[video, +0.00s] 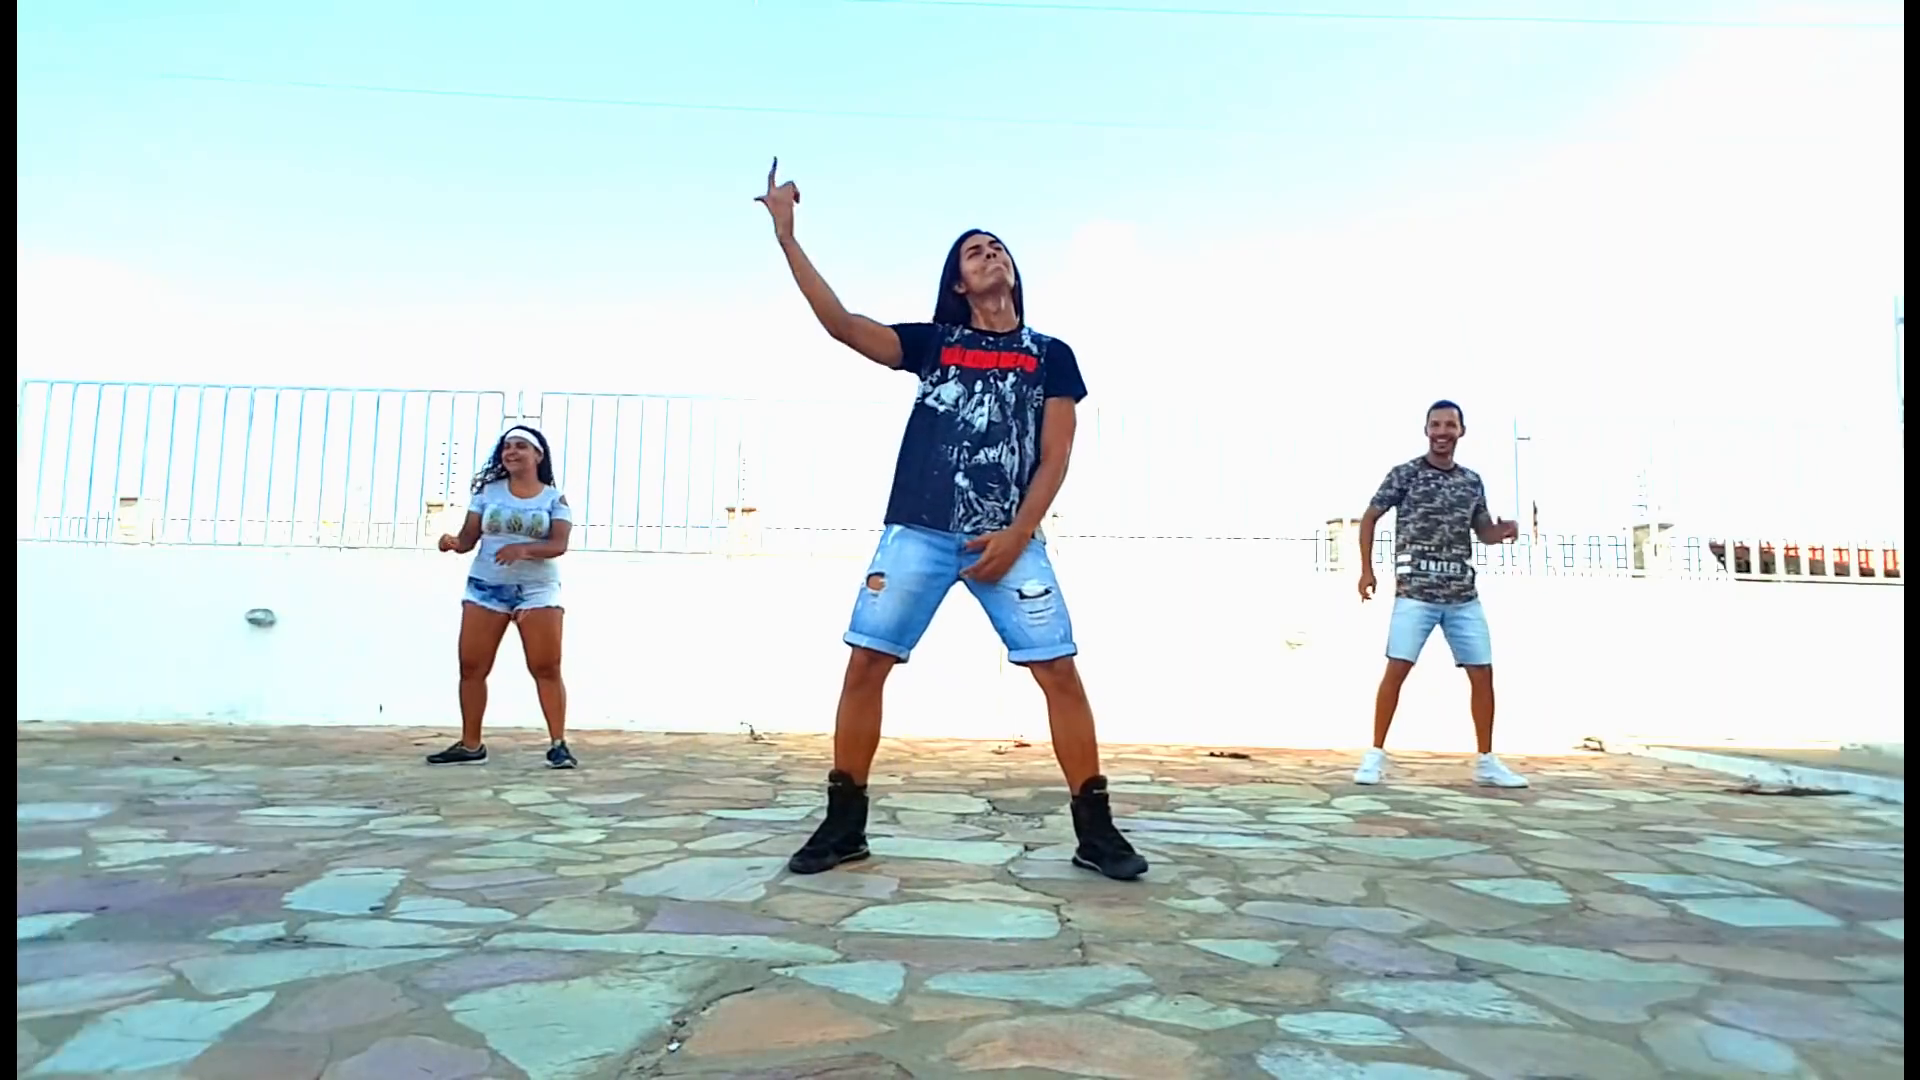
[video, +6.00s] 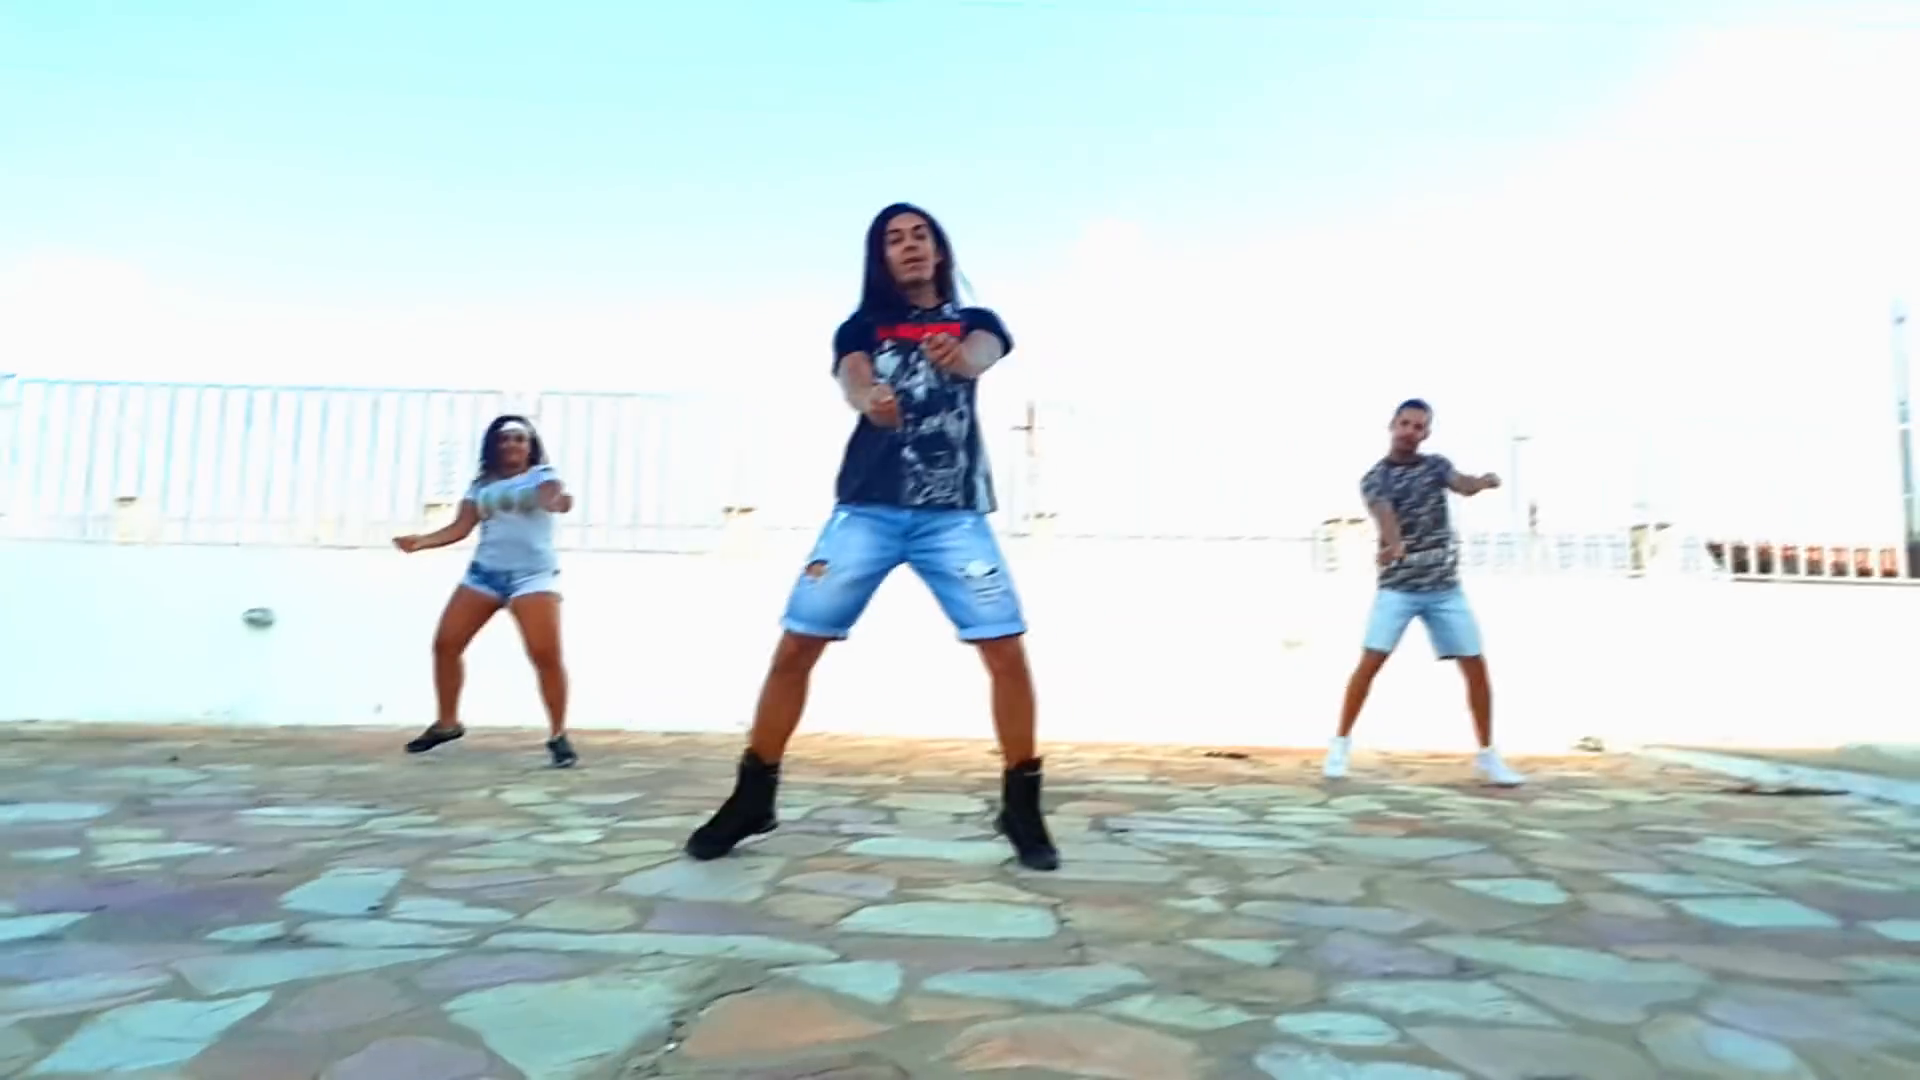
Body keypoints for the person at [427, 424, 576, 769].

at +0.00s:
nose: (511, 451)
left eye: (520, 446)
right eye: (507, 447)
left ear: (538, 456)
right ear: (500, 456)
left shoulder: (554, 499)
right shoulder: (487, 493)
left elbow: (558, 545)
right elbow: (468, 540)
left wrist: (523, 549)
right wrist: (454, 543)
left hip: (538, 592)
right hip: (485, 589)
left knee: (546, 669)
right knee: (471, 669)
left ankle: (558, 744)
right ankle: (470, 744)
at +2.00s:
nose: (549, 473)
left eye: (557, 468)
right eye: (543, 466)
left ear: (570, 470)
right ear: (533, 467)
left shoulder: (582, 504)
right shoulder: (515, 498)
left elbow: (586, 549)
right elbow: (495, 544)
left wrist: (562, 560)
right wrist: (475, 587)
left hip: (559, 593)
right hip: (511, 590)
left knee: (558, 668)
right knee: (493, 668)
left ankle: (558, 745)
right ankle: (472, 743)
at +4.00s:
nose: (519, 454)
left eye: (525, 449)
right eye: (512, 450)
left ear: (538, 458)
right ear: (501, 458)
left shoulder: (550, 494)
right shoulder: (488, 499)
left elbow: (556, 528)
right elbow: (472, 539)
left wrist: (547, 540)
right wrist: (450, 569)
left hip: (535, 586)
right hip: (486, 586)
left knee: (546, 667)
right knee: (473, 667)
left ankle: (558, 744)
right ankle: (471, 744)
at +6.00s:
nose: (512, 445)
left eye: (519, 439)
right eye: (504, 439)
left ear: (530, 446)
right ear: (493, 447)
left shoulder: (541, 476)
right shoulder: (482, 486)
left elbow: (550, 496)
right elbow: (459, 528)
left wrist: (558, 502)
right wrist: (420, 541)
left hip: (533, 576)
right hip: (484, 575)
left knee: (546, 654)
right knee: (446, 645)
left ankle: (558, 734)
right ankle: (447, 723)